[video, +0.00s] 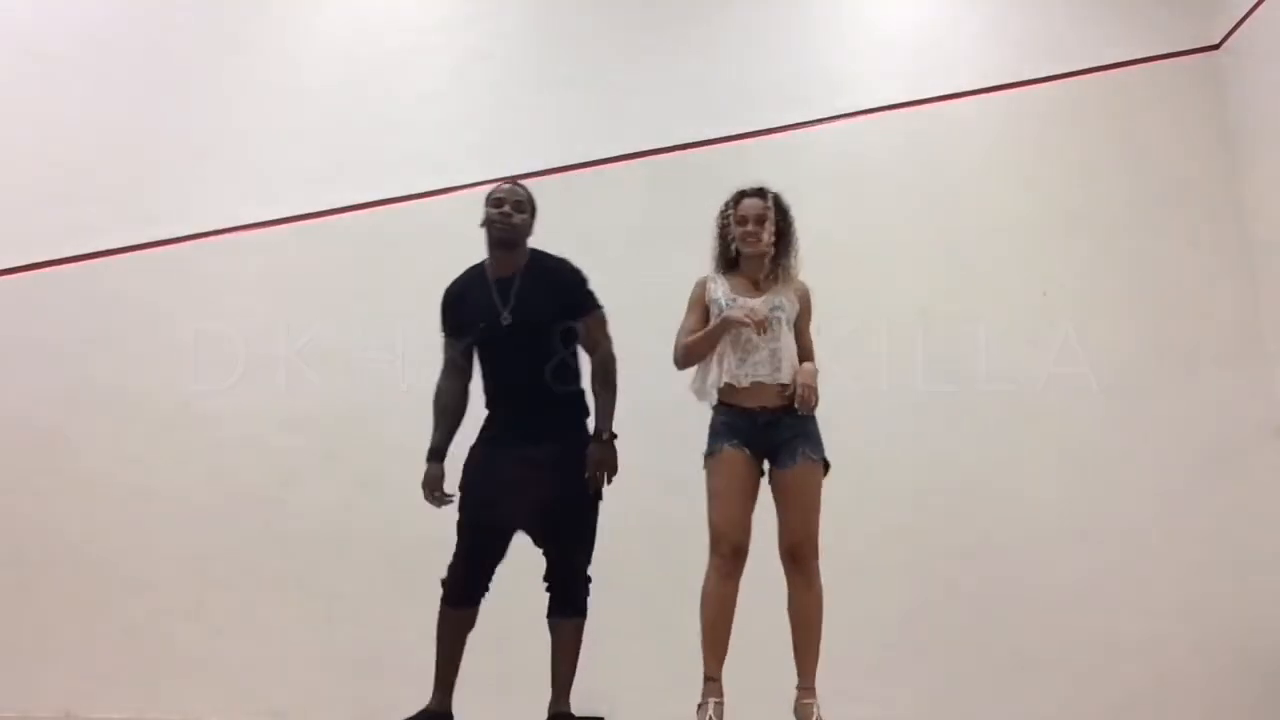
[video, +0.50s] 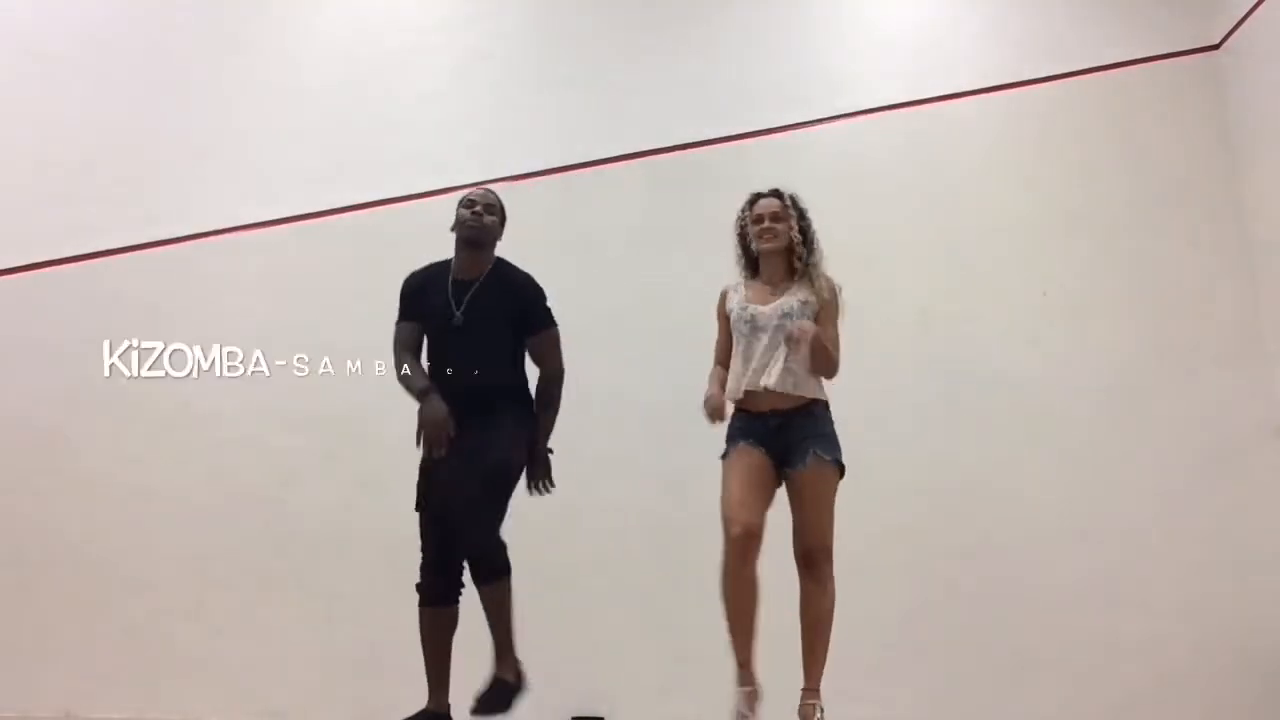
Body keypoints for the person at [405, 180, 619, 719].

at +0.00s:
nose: (506, 211)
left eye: (518, 206)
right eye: (497, 204)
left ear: (533, 222)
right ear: (482, 218)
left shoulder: (561, 278)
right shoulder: (464, 291)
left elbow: (602, 355)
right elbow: (455, 376)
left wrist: (604, 435)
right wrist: (436, 455)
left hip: (564, 446)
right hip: (499, 445)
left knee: (569, 581)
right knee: (464, 576)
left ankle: (560, 707)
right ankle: (440, 703)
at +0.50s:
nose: (478, 208)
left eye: (490, 207)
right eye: (469, 204)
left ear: (502, 230)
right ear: (452, 222)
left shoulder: (520, 288)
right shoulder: (422, 285)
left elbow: (552, 371)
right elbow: (405, 358)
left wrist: (539, 445)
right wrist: (429, 397)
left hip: (505, 428)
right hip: (446, 428)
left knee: (479, 534)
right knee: (437, 557)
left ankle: (507, 670)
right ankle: (437, 703)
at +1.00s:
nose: (501, 210)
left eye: (512, 207)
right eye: (491, 206)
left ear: (526, 230)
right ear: (476, 228)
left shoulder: (543, 300)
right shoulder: (448, 272)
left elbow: (559, 377)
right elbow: (403, 346)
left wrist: (515, 390)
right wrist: (378, 419)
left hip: (504, 456)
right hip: (438, 452)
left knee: (497, 577)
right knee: (425, 569)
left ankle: (465, 703)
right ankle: (432, 689)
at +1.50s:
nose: (478, 185)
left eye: (489, 181)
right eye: (468, 181)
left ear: (505, 200)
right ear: (453, 200)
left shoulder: (533, 261)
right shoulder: (425, 263)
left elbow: (559, 321)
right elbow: (388, 331)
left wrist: (535, 367)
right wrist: (413, 376)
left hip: (503, 434)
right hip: (438, 430)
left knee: (484, 570)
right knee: (425, 558)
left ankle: (465, 702)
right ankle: (415, 687)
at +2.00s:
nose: (461, 183)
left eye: (472, 180)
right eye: (452, 178)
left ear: (487, 200)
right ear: (436, 198)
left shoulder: (510, 259)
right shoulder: (408, 267)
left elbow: (528, 353)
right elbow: (383, 337)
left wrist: (519, 429)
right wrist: (398, 350)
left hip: (475, 431)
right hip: (413, 431)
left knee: (459, 559)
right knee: (410, 566)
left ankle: (475, 695)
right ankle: (418, 702)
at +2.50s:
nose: (503, 192)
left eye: (514, 187)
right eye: (493, 185)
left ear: (529, 207)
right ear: (477, 202)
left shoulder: (545, 280)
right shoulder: (442, 256)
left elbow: (543, 363)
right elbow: (401, 329)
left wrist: (563, 365)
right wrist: (372, 403)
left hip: (519, 442)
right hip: (447, 435)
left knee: (524, 574)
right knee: (429, 568)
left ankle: (512, 703)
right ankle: (420, 703)